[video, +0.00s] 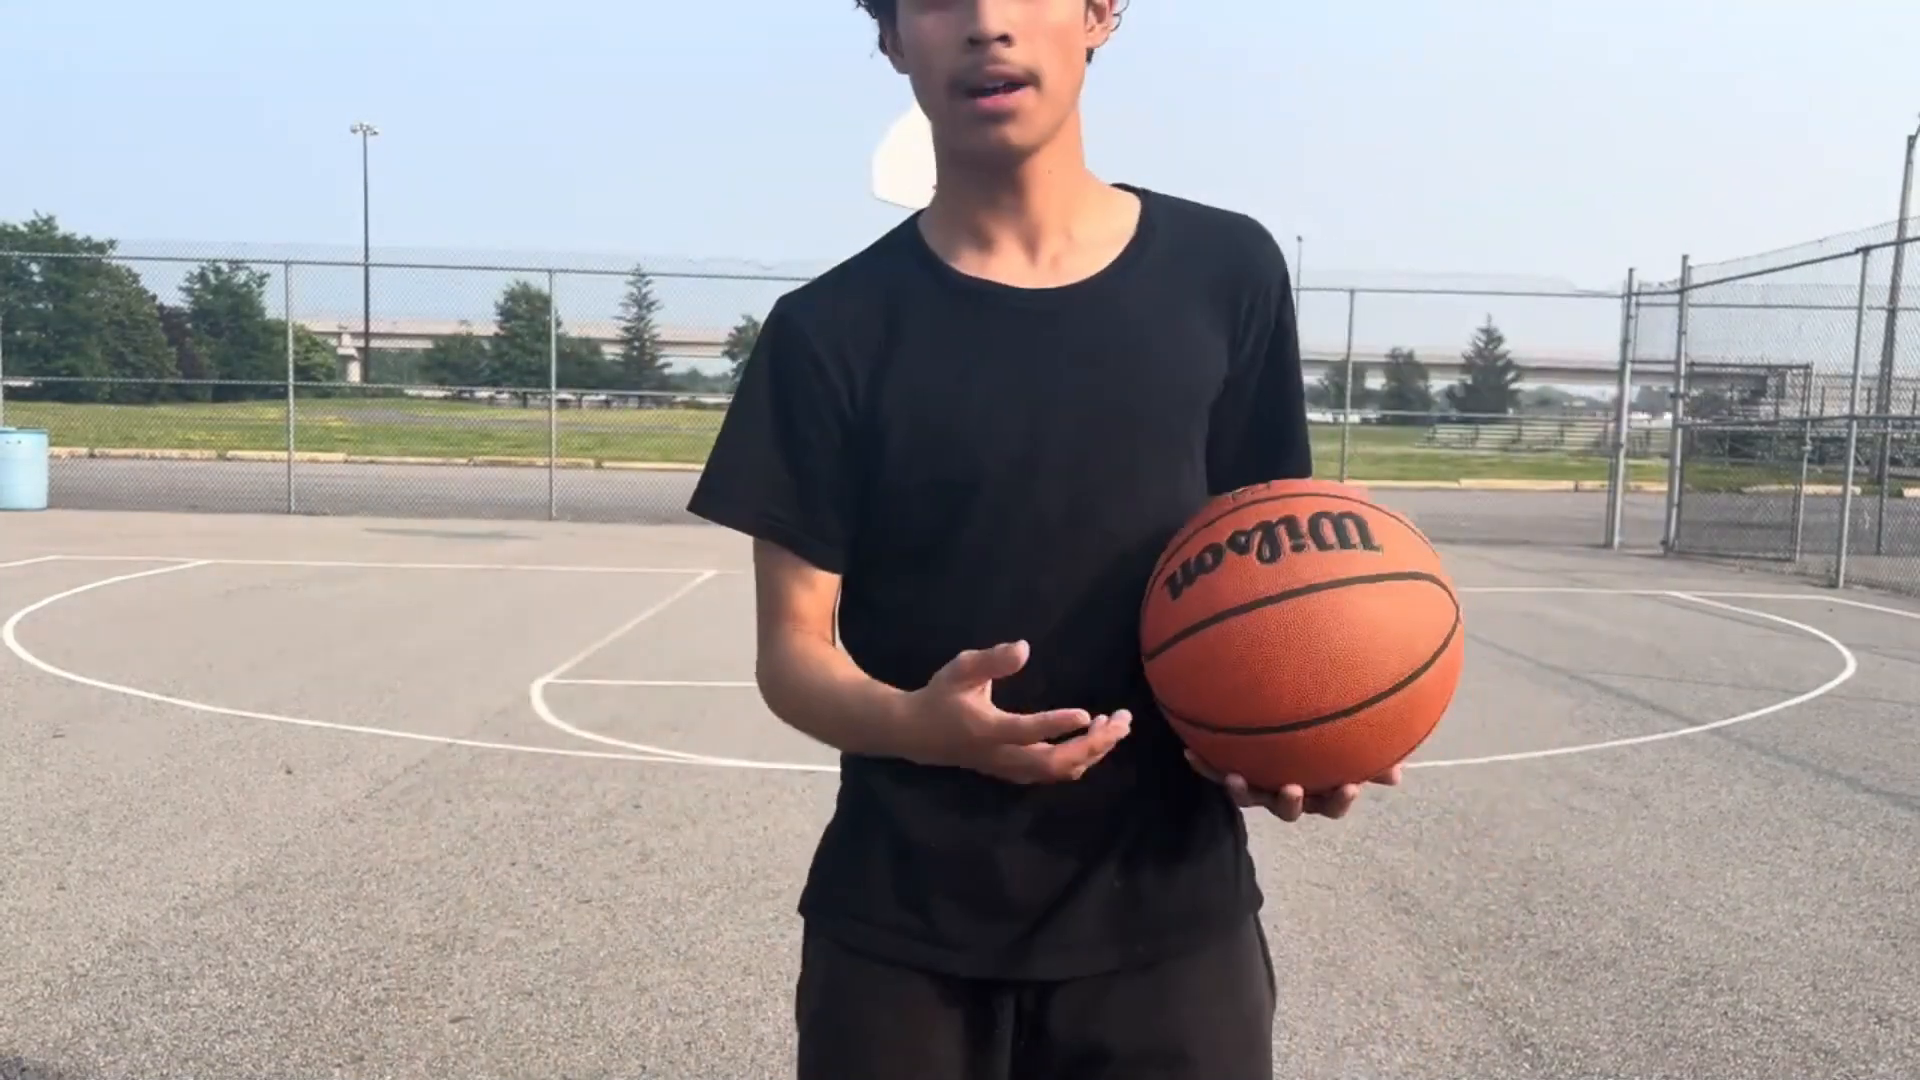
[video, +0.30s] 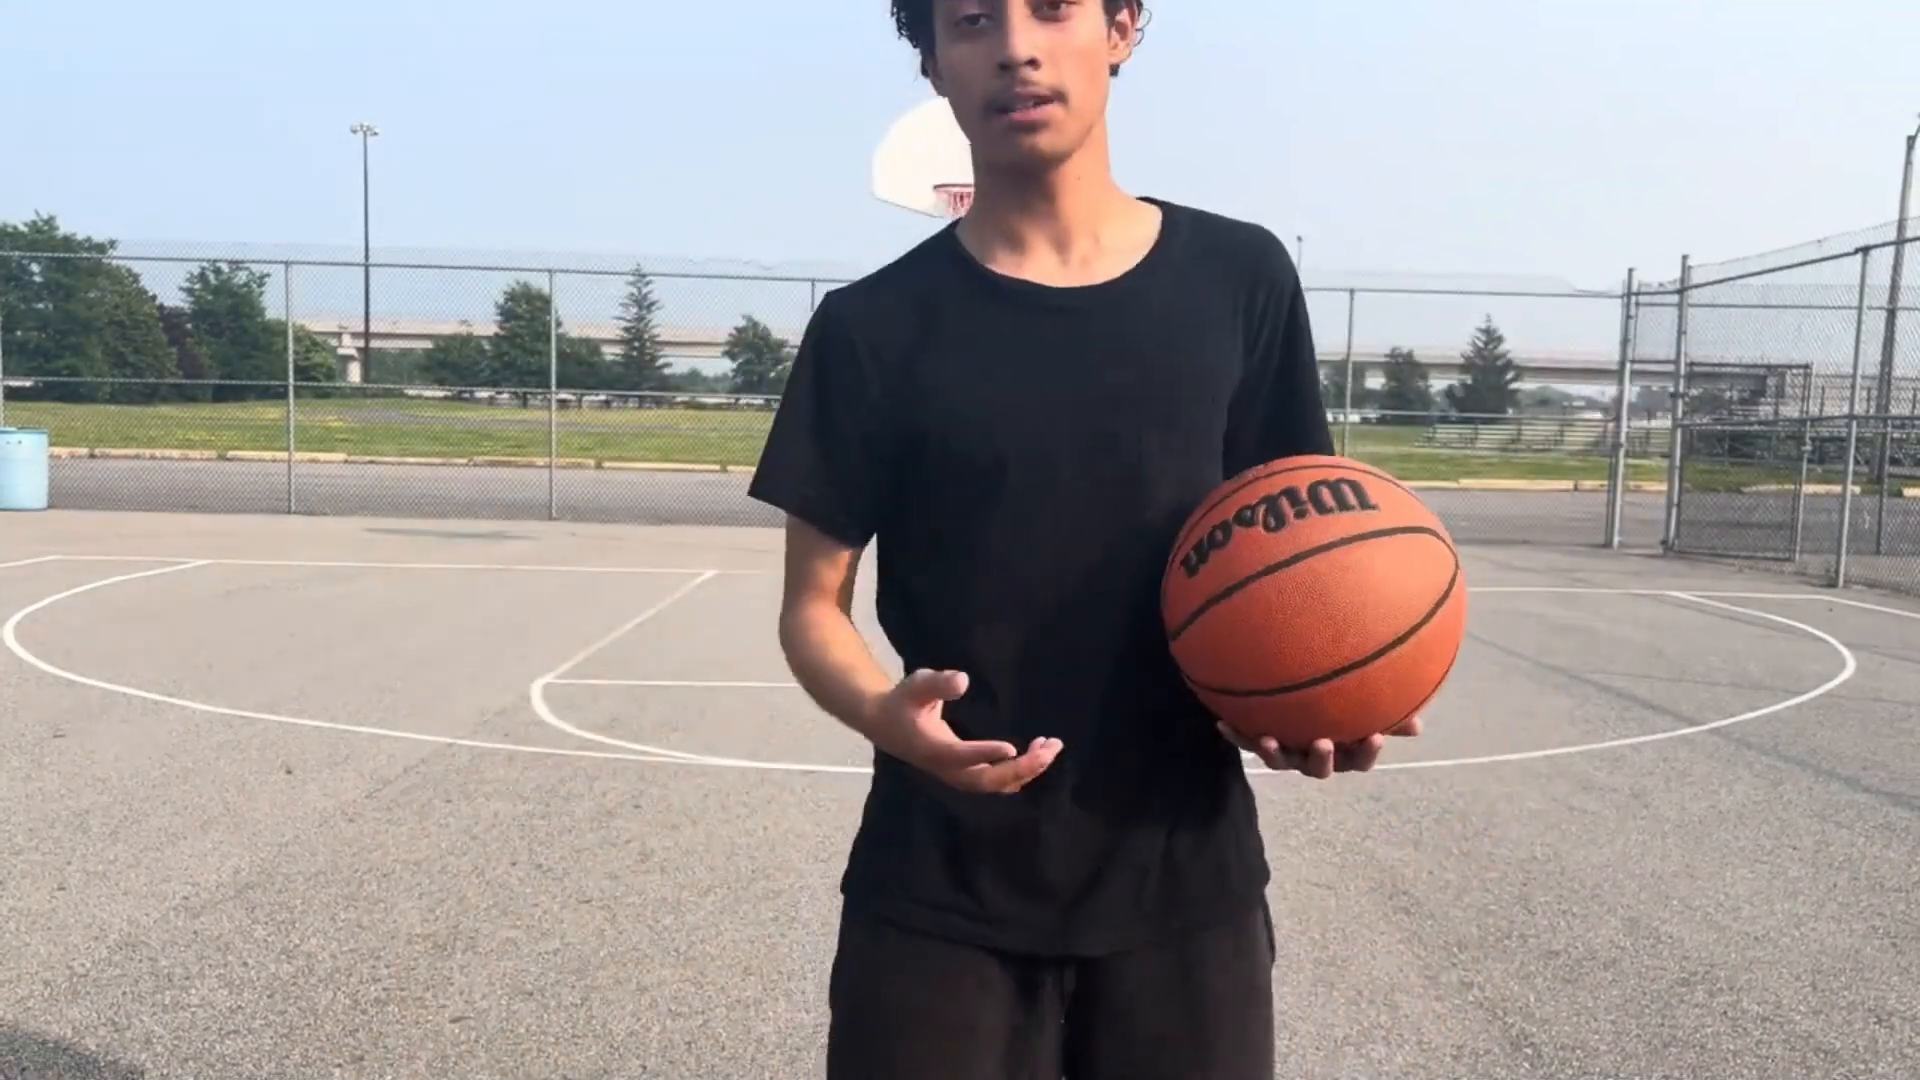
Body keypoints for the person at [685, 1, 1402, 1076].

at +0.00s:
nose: (986, 25)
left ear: (1096, 20)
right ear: (896, 41)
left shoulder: (1228, 273)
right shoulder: (826, 332)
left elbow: (1280, 570)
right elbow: (792, 656)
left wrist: (1301, 729)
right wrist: (914, 723)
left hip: (1169, 924)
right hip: (904, 935)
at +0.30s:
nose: (1018, 47)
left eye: (1054, 8)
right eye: (975, 17)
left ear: (1121, 31)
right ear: (933, 63)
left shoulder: (1244, 279)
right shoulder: (867, 329)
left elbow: (1299, 550)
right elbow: (815, 604)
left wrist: (1318, 701)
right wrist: (882, 710)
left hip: (1187, 892)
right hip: (945, 893)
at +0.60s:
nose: (1141, 94)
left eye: (1180, 48)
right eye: (1105, 58)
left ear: (1256, 63)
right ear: (1072, 81)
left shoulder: (1345, 324)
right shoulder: (989, 313)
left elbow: (1357, 581)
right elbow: (851, 540)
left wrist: (1336, 730)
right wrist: (679, 683)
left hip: (1219, 869)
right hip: (997, 866)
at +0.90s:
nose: (1127, 96)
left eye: (1167, 58)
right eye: (1119, 61)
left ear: (1287, 73)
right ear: (1112, 73)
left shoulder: (1381, 343)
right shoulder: (1036, 290)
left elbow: (1349, 607)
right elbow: (838, 487)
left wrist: (1307, 756)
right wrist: (591, 593)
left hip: (1207, 872)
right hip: (989, 858)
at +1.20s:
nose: (1098, 61)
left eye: (1148, 22)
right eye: (1068, 26)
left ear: (1232, 59)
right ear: (1042, 55)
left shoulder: (1322, 325)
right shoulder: (944, 316)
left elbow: (1325, 607)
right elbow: (895, 600)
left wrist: (1310, 768)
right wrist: (809, 848)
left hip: (1193, 917)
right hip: (950, 912)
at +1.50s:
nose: (961, 26)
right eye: (917, 1)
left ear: (1073, 20)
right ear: (869, 38)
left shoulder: (1224, 254)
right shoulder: (821, 345)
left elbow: (1294, 531)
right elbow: (821, 646)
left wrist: (1303, 697)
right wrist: (814, 904)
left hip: (1201, 919)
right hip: (937, 932)